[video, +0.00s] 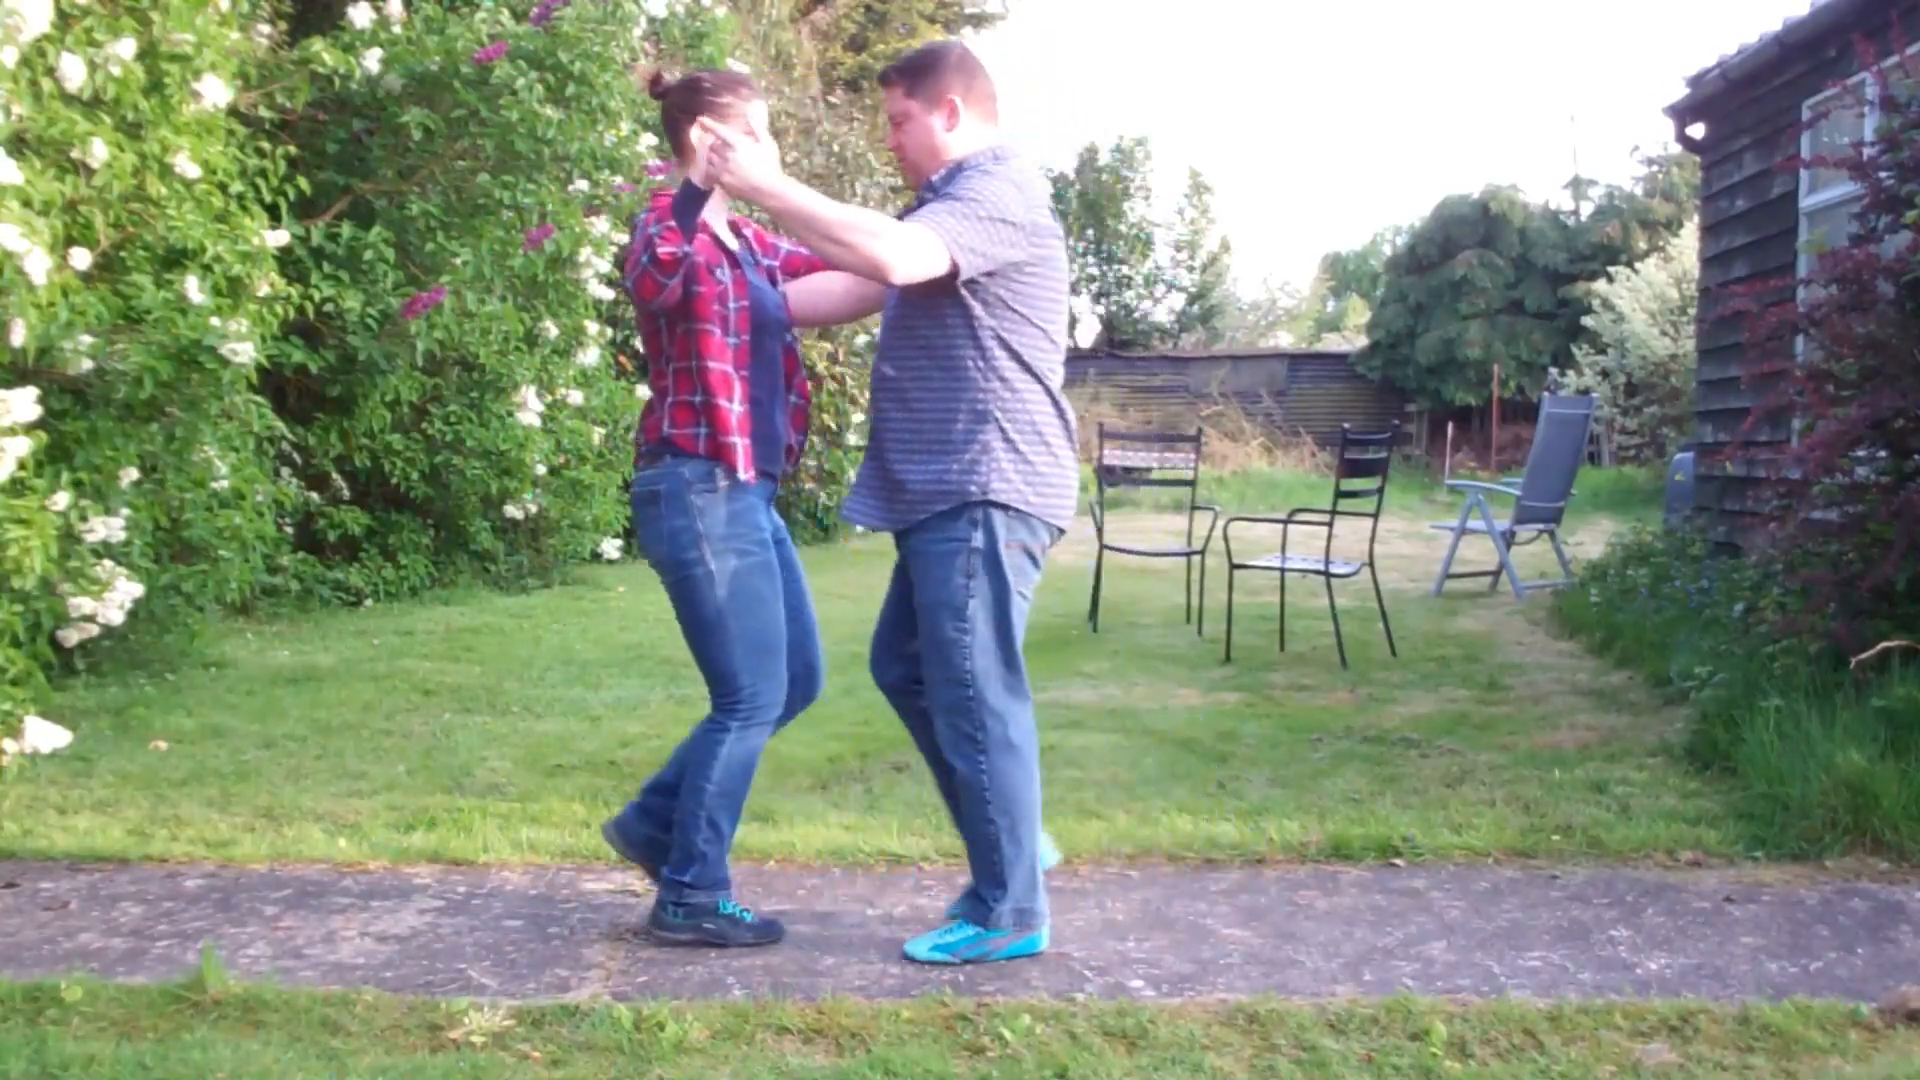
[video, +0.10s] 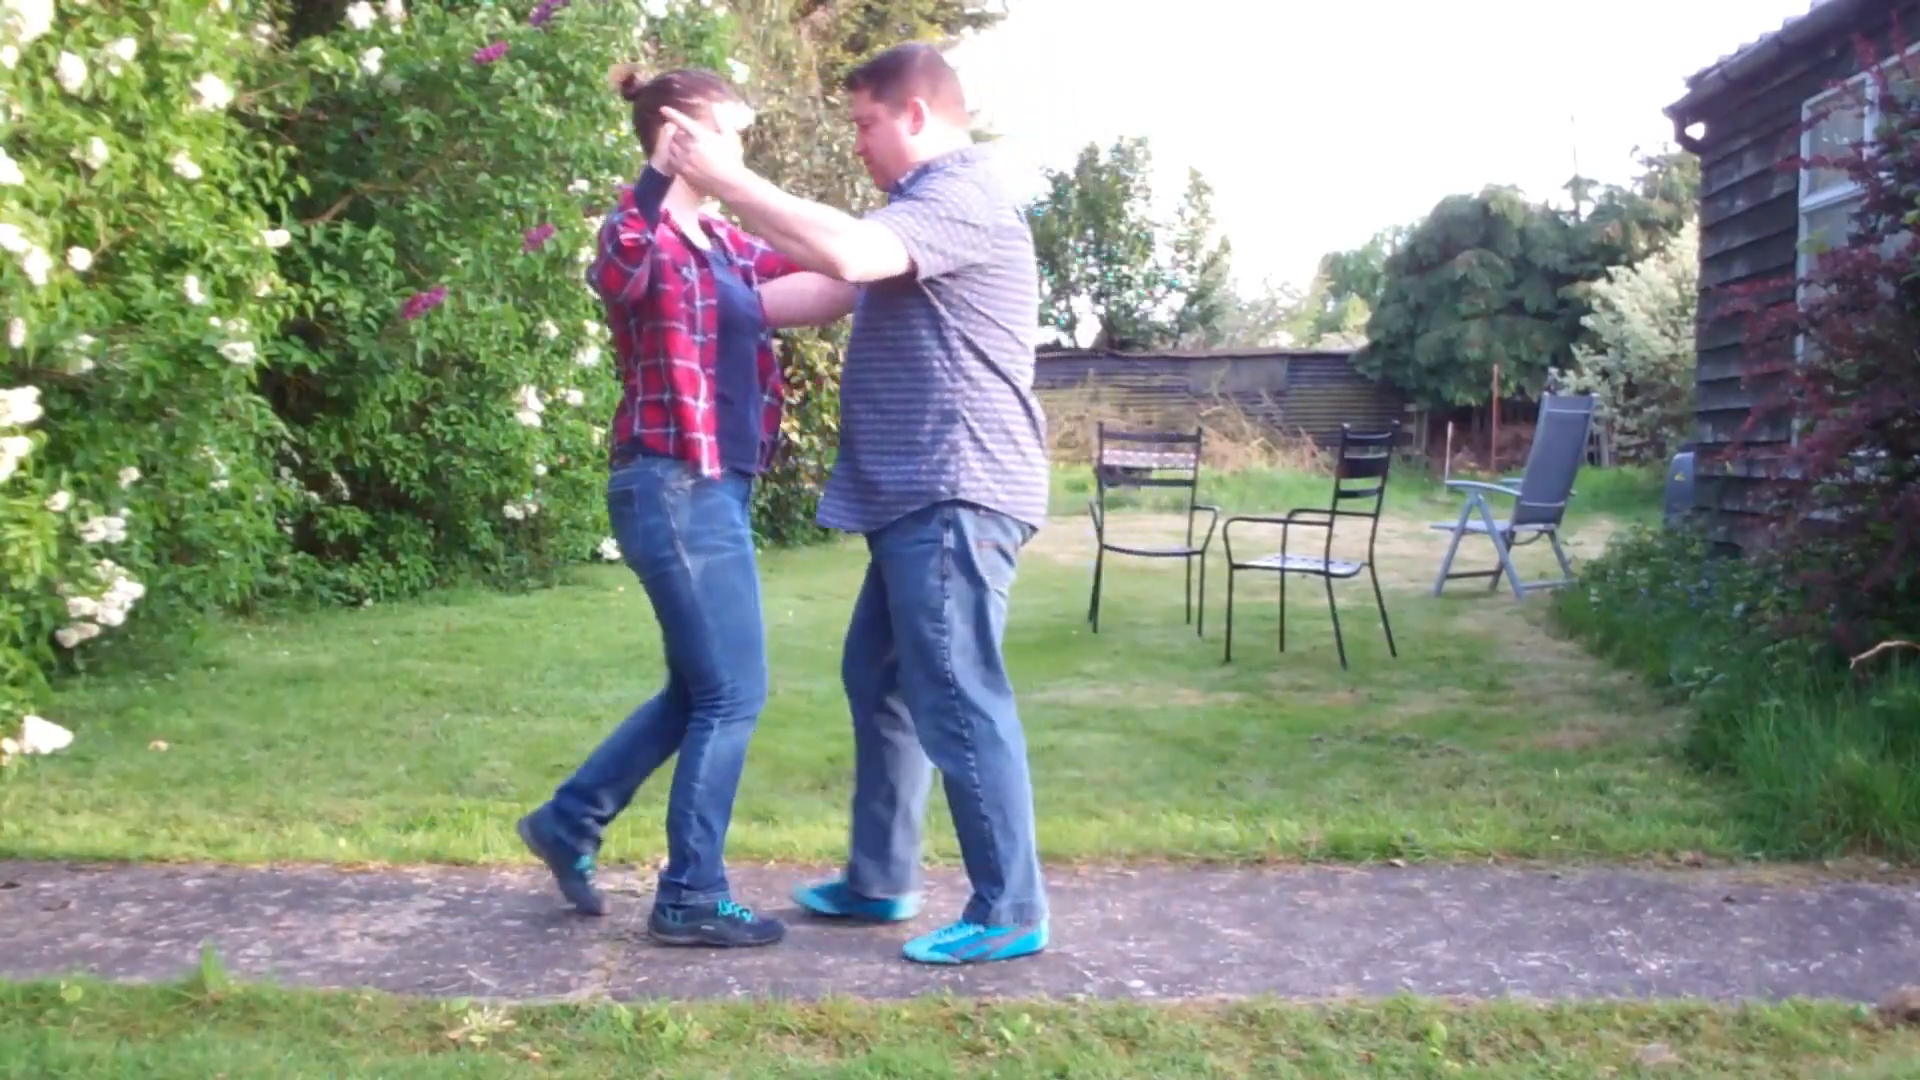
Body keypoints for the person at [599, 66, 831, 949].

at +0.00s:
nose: (768, 149)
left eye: (765, 133)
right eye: (753, 132)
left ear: (725, 139)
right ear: (704, 135)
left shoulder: (752, 241)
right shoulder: (660, 226)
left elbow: (842, 266)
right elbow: (663, 286)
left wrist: (919, 248)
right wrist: (700, 188)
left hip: (747, 488)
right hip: (694, 487)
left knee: (795, 680)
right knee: (750, 695)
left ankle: (653, 820)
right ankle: (692, 899)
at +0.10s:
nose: (742, 153)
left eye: (743, 137)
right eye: (730, 135)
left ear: (702, 134)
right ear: (680, 131)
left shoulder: (726, 240)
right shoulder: (636, 228)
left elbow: (811, 264)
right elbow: (621, 278)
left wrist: (888, 248)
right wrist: (663, 176)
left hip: (714, 486)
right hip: (674, 486)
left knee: (698, 693)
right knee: (734, 693)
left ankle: (567, 823)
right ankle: (690, 896)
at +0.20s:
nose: (710, 151)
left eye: (708, 136)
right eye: (697, 135)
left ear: (674, 138)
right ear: (650, 137)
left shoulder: (699, 242)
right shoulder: (605, 231)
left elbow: (786, 272)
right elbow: (585, 276)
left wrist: (854, 254)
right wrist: (630, 172)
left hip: (671, 483)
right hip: (635, 485)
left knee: (624, 692)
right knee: (710, 686)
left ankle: (526, 849)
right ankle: (690, 893)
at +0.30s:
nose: (682, 156)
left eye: (680, 139)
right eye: (669, 138)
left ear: (649, 139)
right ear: (624, 139)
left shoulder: (665, 246)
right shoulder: (574, 225)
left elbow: (746, 293)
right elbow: (560, 277)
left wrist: (826, 271)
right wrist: (615, 176)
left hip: (627, 490)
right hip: (590, 490)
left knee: (596, 692)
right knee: (683, 679)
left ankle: (515, 860)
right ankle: (679, 888)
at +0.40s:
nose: (654, 163)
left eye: (653, 148)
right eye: (640, 146)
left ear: (606, 150)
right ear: (591, 148)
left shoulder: (633, 251)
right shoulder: (546, 227)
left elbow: (684, 309)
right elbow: (528, 287)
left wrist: (766, 286)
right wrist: (594, 195)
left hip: (605, 493)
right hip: (556, 490)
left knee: (589, 696)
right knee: (658, 676)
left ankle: (512, 861)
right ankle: (608, 872)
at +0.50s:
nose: (622, 168)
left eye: (621, 152)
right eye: (606, 152)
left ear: (586, 160)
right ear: (556, 159)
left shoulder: (605, 256)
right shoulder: (520, 234)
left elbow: (678, 314)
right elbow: (499, 296)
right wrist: (567, 207)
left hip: (585, 501)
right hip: (530, 499)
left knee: (600, 691)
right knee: (618, 688)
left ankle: (512, 858)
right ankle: (508, 859)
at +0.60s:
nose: (592, 175)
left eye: (594, 159)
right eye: (576, 159)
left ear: (589, 170)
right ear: (526, 166)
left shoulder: (585, 260)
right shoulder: (494, 243)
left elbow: (625, 325)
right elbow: (469, 302)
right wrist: (537, 224)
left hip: (570, 508)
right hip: (507, 512)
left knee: (597, 692)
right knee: (564, 705)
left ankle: (513, 864)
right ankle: (412, 831)